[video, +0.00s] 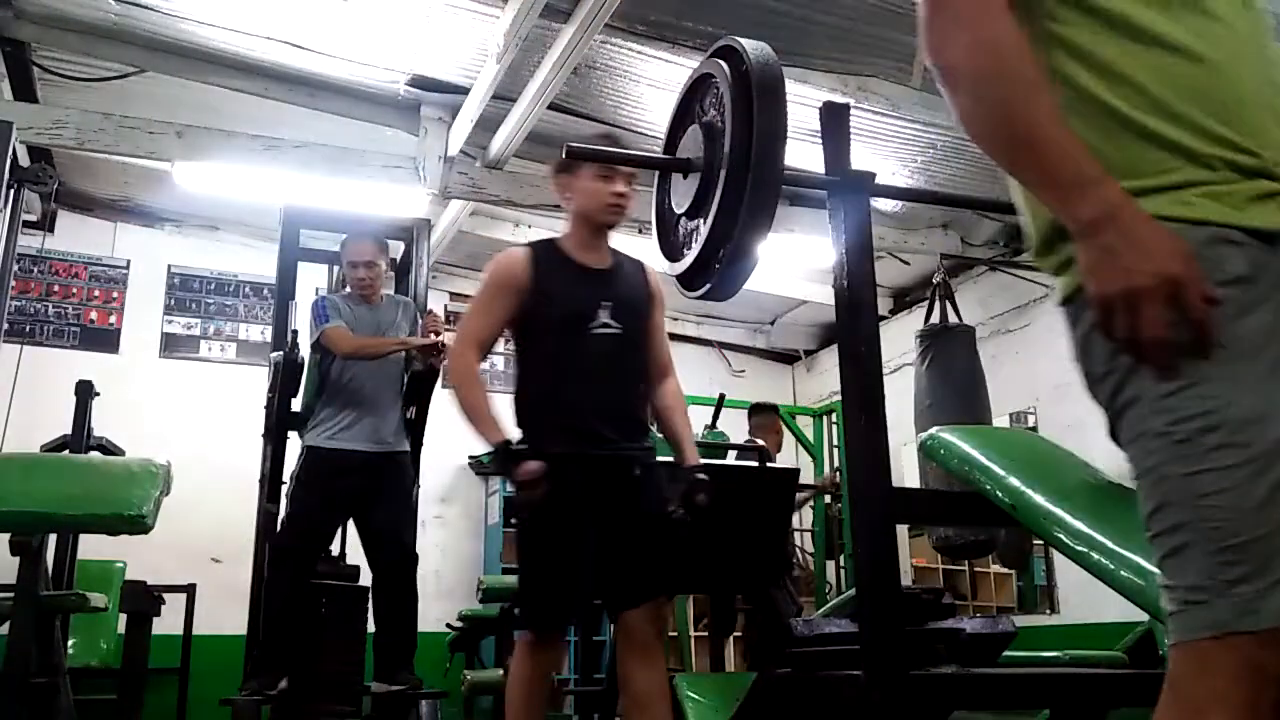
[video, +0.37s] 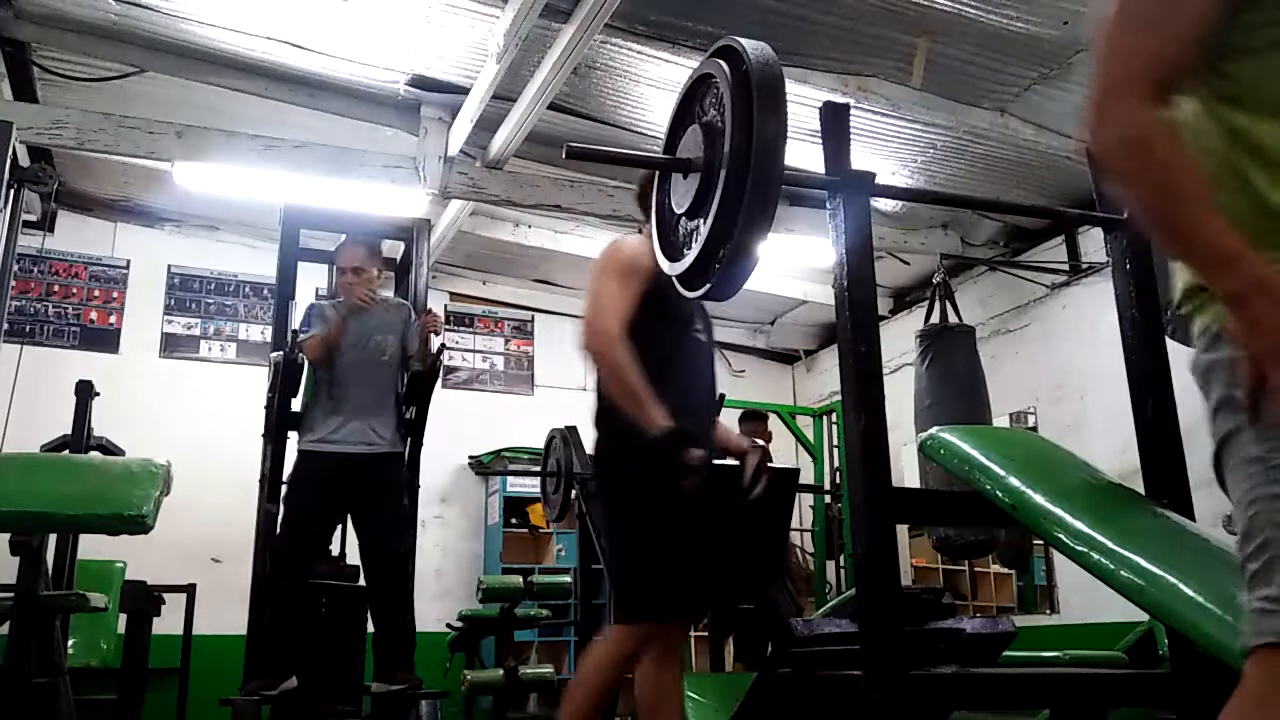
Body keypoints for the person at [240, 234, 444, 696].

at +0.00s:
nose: (361, 274)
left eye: (370, 266)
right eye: (353, 266)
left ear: (386, 266)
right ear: (342, 268)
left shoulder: (406, 310)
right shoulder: (328, 305)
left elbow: (426, 365)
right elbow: (344, 346)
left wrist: (434, 349)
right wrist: (409, 343)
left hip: (388, 455)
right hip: (327, 452)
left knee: (396, 569)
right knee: (291, 560)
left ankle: (396, 671)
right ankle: (270, 671)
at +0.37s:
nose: (349, 280)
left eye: (359, 272)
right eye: (343, 272)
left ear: (379, 271)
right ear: (335, 272)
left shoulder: (401, 313)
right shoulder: (321, 310)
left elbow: (421, 372)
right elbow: (315, 355)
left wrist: (427, 342)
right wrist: (345, 313)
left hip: (381, 458)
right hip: (321, 455)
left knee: (390, 572)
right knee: (292, 564)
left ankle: (396, 672)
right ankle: (279, 670)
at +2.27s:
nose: (366, 278)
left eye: (374, 271)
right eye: (358, 270)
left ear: (386, 276)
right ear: (344, 274)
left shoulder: (403, 316)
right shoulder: (322, 308)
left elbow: (415, 378)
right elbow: (297, 357)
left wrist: (428, 342)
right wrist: (286, 328)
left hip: (379, 453)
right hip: (321, 449)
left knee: (383, 568)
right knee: (297, 561)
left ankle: (384, 670)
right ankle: (282, 670)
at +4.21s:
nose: (344, 296)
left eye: (352, 288)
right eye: (337, 287)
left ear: (374, 283)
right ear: (330, 280)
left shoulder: (398, 317)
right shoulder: (320, 314)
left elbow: (418, 376)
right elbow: (287, 350)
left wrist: (431, 349)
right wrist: (278, 318)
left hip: (376, 456)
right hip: (317, 454)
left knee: (383, 571)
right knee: (296, 566)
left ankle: (387, 672)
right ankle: (279, 672)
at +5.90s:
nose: (366, 289)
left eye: (373, 282)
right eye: (358, 281)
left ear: (381, 284)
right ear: (339, 279)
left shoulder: (395, 320)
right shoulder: (314, 313)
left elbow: (416, 379)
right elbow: (292, 367)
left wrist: (430, 348)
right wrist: (283, 334)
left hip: (378, 458)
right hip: (319, 455)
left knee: (383, 571)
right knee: (298, 567)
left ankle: (386, 672)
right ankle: (277, 673)